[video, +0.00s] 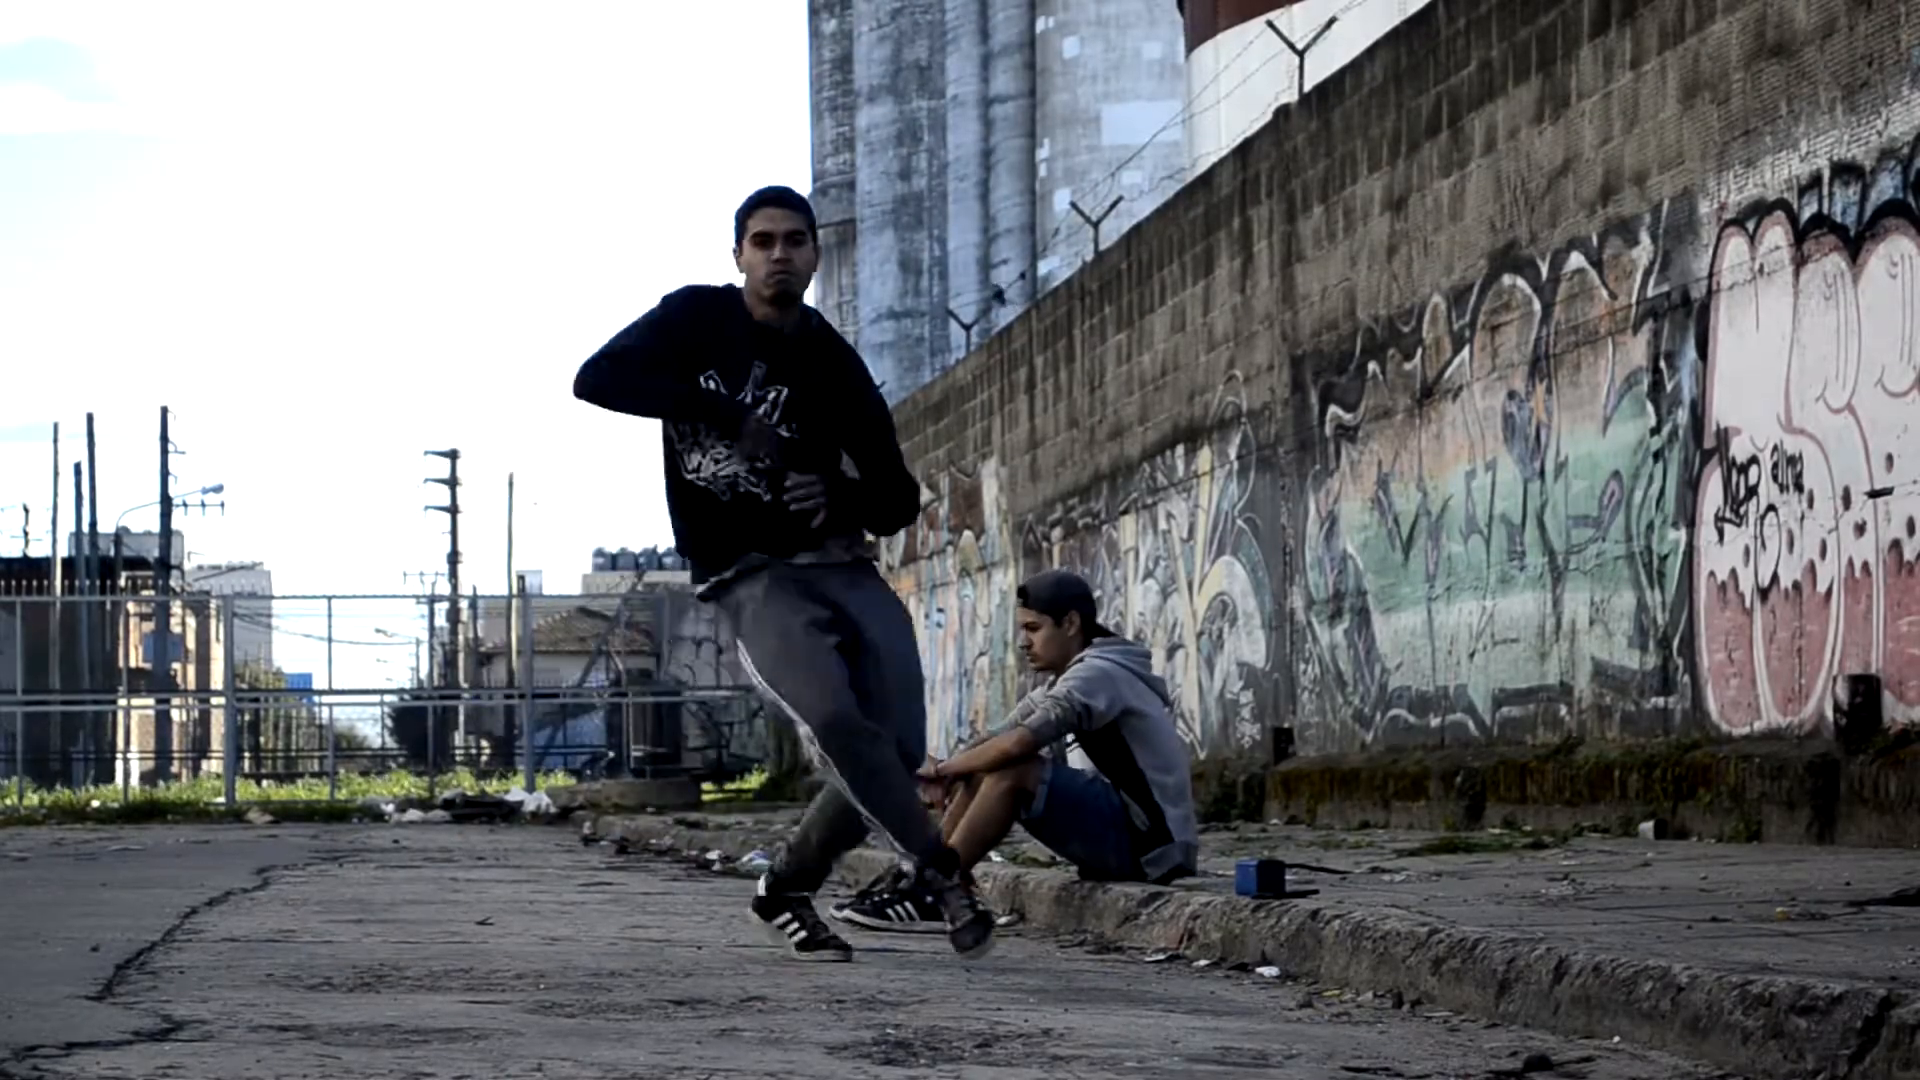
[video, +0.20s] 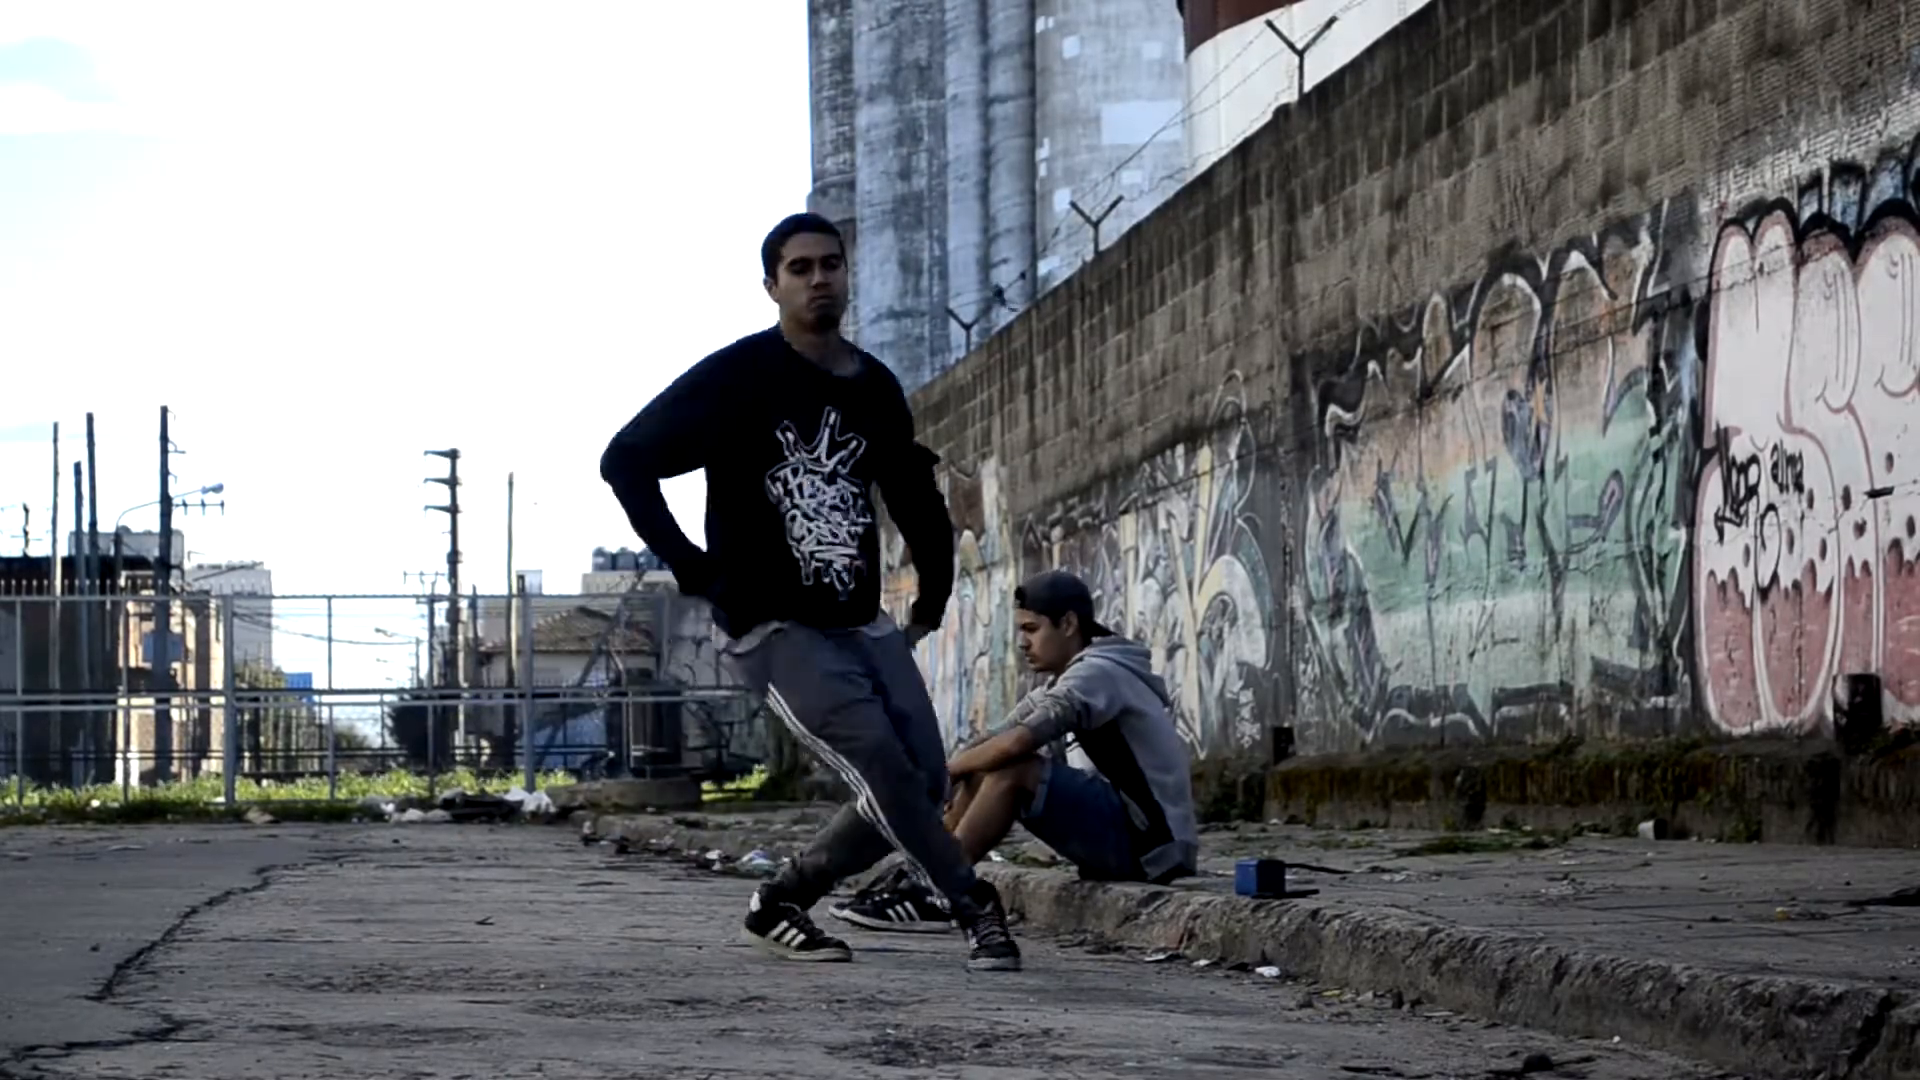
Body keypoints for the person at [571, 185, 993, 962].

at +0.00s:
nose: (782, 256)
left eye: (797, 241)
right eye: (765, 241)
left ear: (815, 255)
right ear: (739, 254)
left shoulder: (833, 357)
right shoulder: (698, 315)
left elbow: (898, 498)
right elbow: (599, 379)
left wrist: (842, 494)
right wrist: (724, 418)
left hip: (847, 565)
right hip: (756, 574)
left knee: (900, 744)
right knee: (833, 718)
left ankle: (786, 886)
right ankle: (946, 877)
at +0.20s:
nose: (820, 281)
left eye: (831, 265)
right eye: (802, 268)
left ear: (846, 275)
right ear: (772, 283)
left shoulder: (874, 385)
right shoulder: (736, 374)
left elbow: (913, 491)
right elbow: (626, 463)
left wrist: (935, 579)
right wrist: (691, 568)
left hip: (862, 617)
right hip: (776, 622)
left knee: (924, 780)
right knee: (881, 758)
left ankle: (782, 901)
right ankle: (979, 913)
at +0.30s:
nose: (812, 245)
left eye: (825, 229)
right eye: (795, 231)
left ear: (842, 240)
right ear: (764, 244)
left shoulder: (866, 346)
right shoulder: (717, 336)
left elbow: (853, 456)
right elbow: (674, 462)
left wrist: (841, 550)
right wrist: (692, 583)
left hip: (836, 562)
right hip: (746, 558)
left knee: (873, 727)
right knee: (839, 680)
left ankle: (776, 909)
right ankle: (868, 876)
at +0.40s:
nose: (799, 211)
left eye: (812, 196)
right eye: (781, 197)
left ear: (828, 208)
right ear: (751, 210)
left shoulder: (848, 318)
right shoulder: (699, 307)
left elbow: (826, 423)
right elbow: (634, 421)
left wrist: (795, 498)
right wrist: (660, 530)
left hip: (808, 526)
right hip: (718, 510)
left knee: (835, 714)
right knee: (789, 612)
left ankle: (778, 908)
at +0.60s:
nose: (738, 191)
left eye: (752, 176)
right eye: (721, 177)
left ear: (768, 182)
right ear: (691, 185)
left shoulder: (807, 279)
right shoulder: (653, 265)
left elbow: (899, 362)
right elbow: (556, 352)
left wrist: (924, 350)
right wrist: (644, 329)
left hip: (757, 531)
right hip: (659, 518)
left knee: (735, 712)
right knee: (667, 691)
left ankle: (605, 822)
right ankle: (679, 877)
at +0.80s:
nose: (691, 246)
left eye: (705, 233)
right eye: (674, 232)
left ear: (720, 246)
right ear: (644, 247)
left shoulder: (774, 348)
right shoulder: (606, 343)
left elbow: (887, 424)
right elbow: (485, 398)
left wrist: (811, 454)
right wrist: (604, 416)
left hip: (729, 610)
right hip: (632, 590)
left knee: (674, 783)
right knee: (618, 742)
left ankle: (590, 850)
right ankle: (666, 900)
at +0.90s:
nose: (692, 204)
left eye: (705, 189)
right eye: (675, 190)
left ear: (722, 199)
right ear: (645, 201)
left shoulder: (770, 307)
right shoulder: (608, 313)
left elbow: (798, 444)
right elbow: (589, 443)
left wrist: (819, 573)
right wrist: (600, 551)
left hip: (744, 566)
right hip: (633, 563)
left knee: (723, 741)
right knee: (628, 738)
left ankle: (687, 758)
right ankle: (664, 897)